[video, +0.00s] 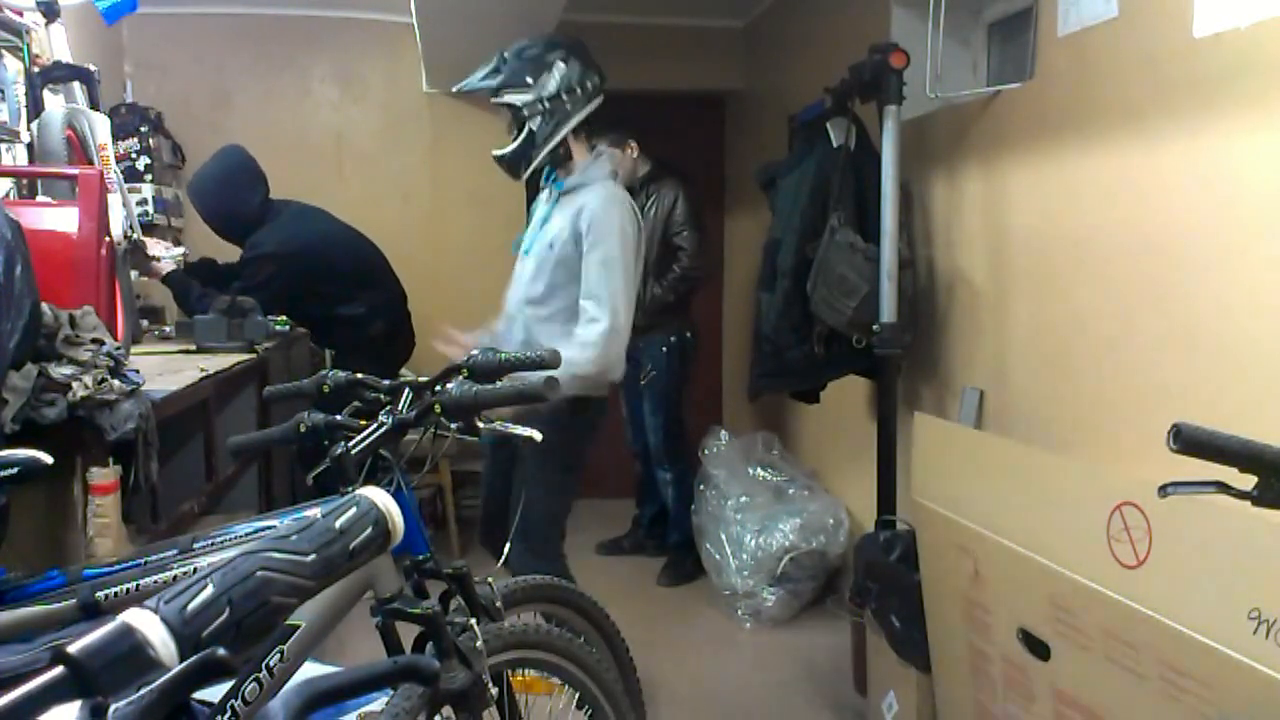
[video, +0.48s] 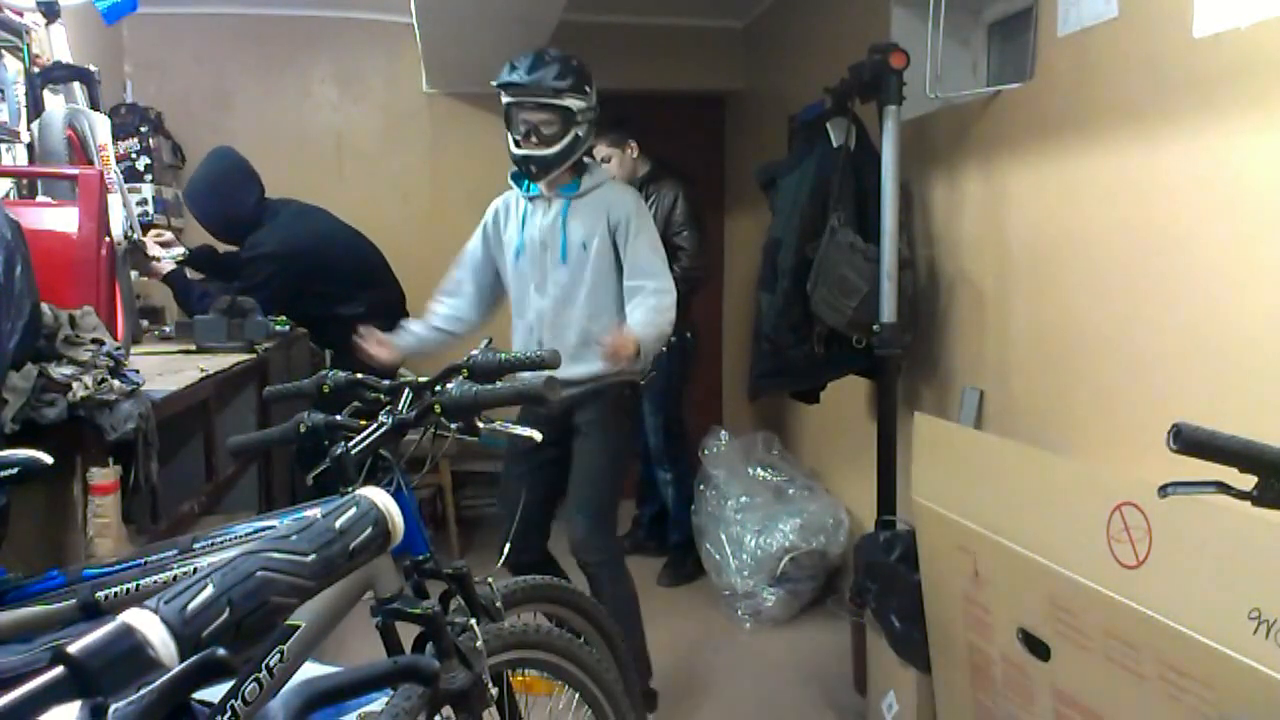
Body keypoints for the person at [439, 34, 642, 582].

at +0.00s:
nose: (509, 134)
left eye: (518, 117)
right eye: (510, 117)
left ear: (555, 116)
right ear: (557, 118)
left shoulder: (605, 204)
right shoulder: (553, 197)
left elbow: (603, 351)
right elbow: (525, 313)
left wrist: (509, 373)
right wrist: (479, 342)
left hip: (562, 402)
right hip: (515, 395)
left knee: (531, 551)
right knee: (500, 537)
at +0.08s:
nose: (508, 143)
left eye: (518, 129)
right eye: (508, 129)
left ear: (557, 128)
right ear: (554, 128)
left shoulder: (607, 212)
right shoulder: (534, 208)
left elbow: (592, 325)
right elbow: (498, 297)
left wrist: (514, 365)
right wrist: (429, 320)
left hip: (579, 400)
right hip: (526, 394)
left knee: (535, 553)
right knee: (496, 540)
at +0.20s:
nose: (509, 142)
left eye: (520, 129)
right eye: (507, 129)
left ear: (560, 127)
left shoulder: (610, 206)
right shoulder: (526, 206)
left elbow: (618, 322)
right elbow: (487, 307)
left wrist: (572, 380)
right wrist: (429, 342)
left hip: (576, 397)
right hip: (515, 393)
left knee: (567, 544)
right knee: (511, 537)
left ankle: (614, 683)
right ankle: (566, 642)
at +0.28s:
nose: (511, 136)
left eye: (524, 121)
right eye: (506, 123)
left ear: (566, 118)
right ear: (506, 121)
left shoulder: (615, 198)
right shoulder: (518, 202)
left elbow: (641, 302)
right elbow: (508, 298)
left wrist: (627, 388)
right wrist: (490, 372)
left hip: (578, 383)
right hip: (513, 383)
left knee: (584, 541)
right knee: (526, 537)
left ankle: (621, 697)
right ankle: (573, 649)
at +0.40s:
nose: (520, 125)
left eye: (535, 112)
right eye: (513, 112)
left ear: (574, 114)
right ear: (505, 116)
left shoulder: (616, 196)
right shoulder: (506, 207)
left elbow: (653, 295)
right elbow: (487, 309)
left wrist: (642, 362)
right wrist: (443, 360)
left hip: (596, 386)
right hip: (525, 389)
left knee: (584, 533)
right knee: (524, 540)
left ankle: (628, 686)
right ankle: (573, 647)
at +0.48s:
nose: (528, 132)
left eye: (544, 118)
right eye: (518, 119)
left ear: (580, 122)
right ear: (506, 123)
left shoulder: (618, 204)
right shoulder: (506, 213)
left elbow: (655, 293)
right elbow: (461, 302)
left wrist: (635, 334)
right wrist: (401, 344)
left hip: (605, 393)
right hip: (536, 397)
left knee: (589, 535)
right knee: (519, 544)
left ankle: (633, 687)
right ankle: (578, 651)